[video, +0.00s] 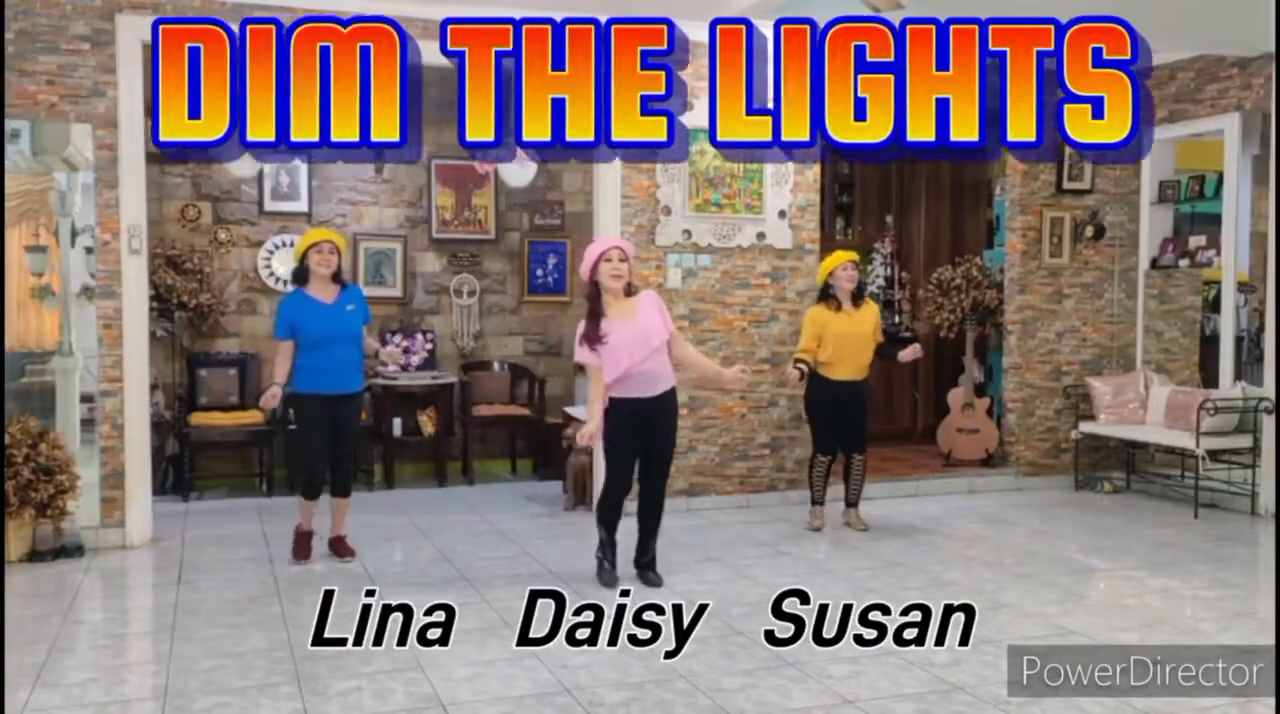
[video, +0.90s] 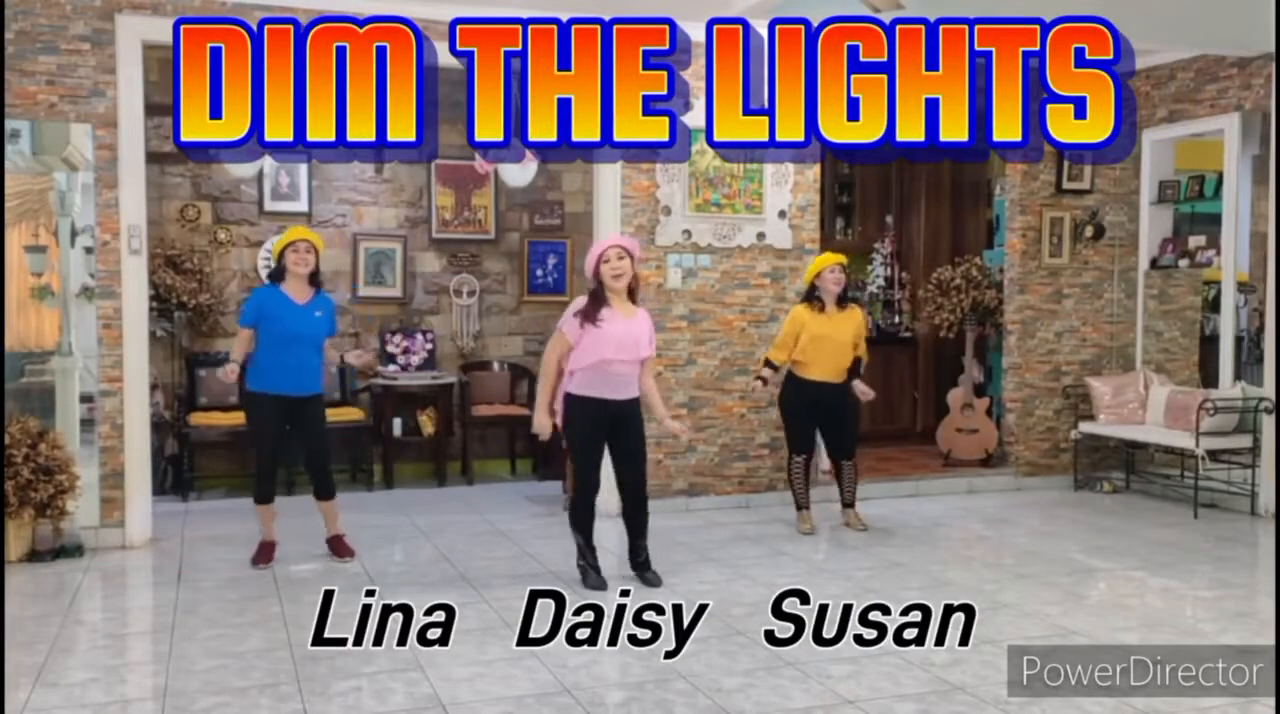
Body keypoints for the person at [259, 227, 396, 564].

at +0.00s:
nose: (325, 257)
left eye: (331, 252)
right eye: (318, 252)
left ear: (339, 259)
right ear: (306, 259)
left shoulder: (354, 296)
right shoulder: (292, 303)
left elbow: (363, 338)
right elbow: (284, 351)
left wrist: (379, 351)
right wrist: (277, 385)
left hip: (348, 395)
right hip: (308, 396)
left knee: (343, 466)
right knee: (312, 467)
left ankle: (338, 535)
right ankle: (304, 531)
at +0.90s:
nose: (302, 256)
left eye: (308, 251)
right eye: (295, 251)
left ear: (316, 259)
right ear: (283, 258)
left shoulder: (324, 303)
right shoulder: (263, 295)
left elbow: (325, 349)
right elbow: (244, 336)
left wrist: (349, 357)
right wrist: (234, 362)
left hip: (309, 396)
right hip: (265, 395)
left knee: (320, 463)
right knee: (265, 465)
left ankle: (335, 534)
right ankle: (267, 538)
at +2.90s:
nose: (308, 254)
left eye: (313, 248)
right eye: (300, 250)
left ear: (323, 256)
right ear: (290, 259)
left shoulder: (336, 298)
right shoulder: (277, 297)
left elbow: (342, 346)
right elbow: (255, 338)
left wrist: (373, 340)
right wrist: (273, 356)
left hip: (329, 394)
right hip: (288, 394)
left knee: (329, 465)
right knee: (281, 466)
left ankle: (331, 536)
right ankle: (259, 538)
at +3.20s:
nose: (290, 255)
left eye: (296, 250)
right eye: (283, 250)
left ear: (306, 259)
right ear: (271, 259)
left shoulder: (313, 304)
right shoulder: (255, 294)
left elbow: (314, 353)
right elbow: (211, 325)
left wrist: (341, 355)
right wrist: (223, 360)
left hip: (298, 397)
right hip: (255, 395)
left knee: (311, 465)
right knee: (254, 469)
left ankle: (323, 537)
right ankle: (255, 541)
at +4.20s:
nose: (279, 256)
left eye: (286, 250)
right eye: (273, 251)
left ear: (300, 258)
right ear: (264, 259)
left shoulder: (321, 294)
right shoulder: (257, 303)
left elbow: (340, 337)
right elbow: (252, 353)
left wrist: (322, 355)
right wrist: (218, 348)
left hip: (309, 395)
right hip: (266, 395)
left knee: (313, 462)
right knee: (261, 465)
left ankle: (327, 537)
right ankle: (254, 541)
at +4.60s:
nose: (302, 257)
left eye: (309, 251)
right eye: (296, 251)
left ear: (320, 258)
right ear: (285, 260)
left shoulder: (342, 290)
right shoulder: (277, 305)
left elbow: (364, 328)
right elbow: (272, 351)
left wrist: (367, 347)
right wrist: (266, 364)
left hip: (335, 394)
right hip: (290, 394)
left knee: (331, 465)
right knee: (285, 463)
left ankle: (330, 537)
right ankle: (289, 532)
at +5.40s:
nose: (294, 257)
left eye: (301, 251)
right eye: (287, 251)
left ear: (311, 259)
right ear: (276, 258)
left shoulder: (321, 300)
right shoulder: (263, 297)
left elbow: (326, 349)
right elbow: (232, 335)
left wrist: (354, 346)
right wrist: (261, 359)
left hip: (311, 395)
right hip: (269, 395)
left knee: (317, 465)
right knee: (265, 465)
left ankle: (327, 537)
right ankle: (256, 540)